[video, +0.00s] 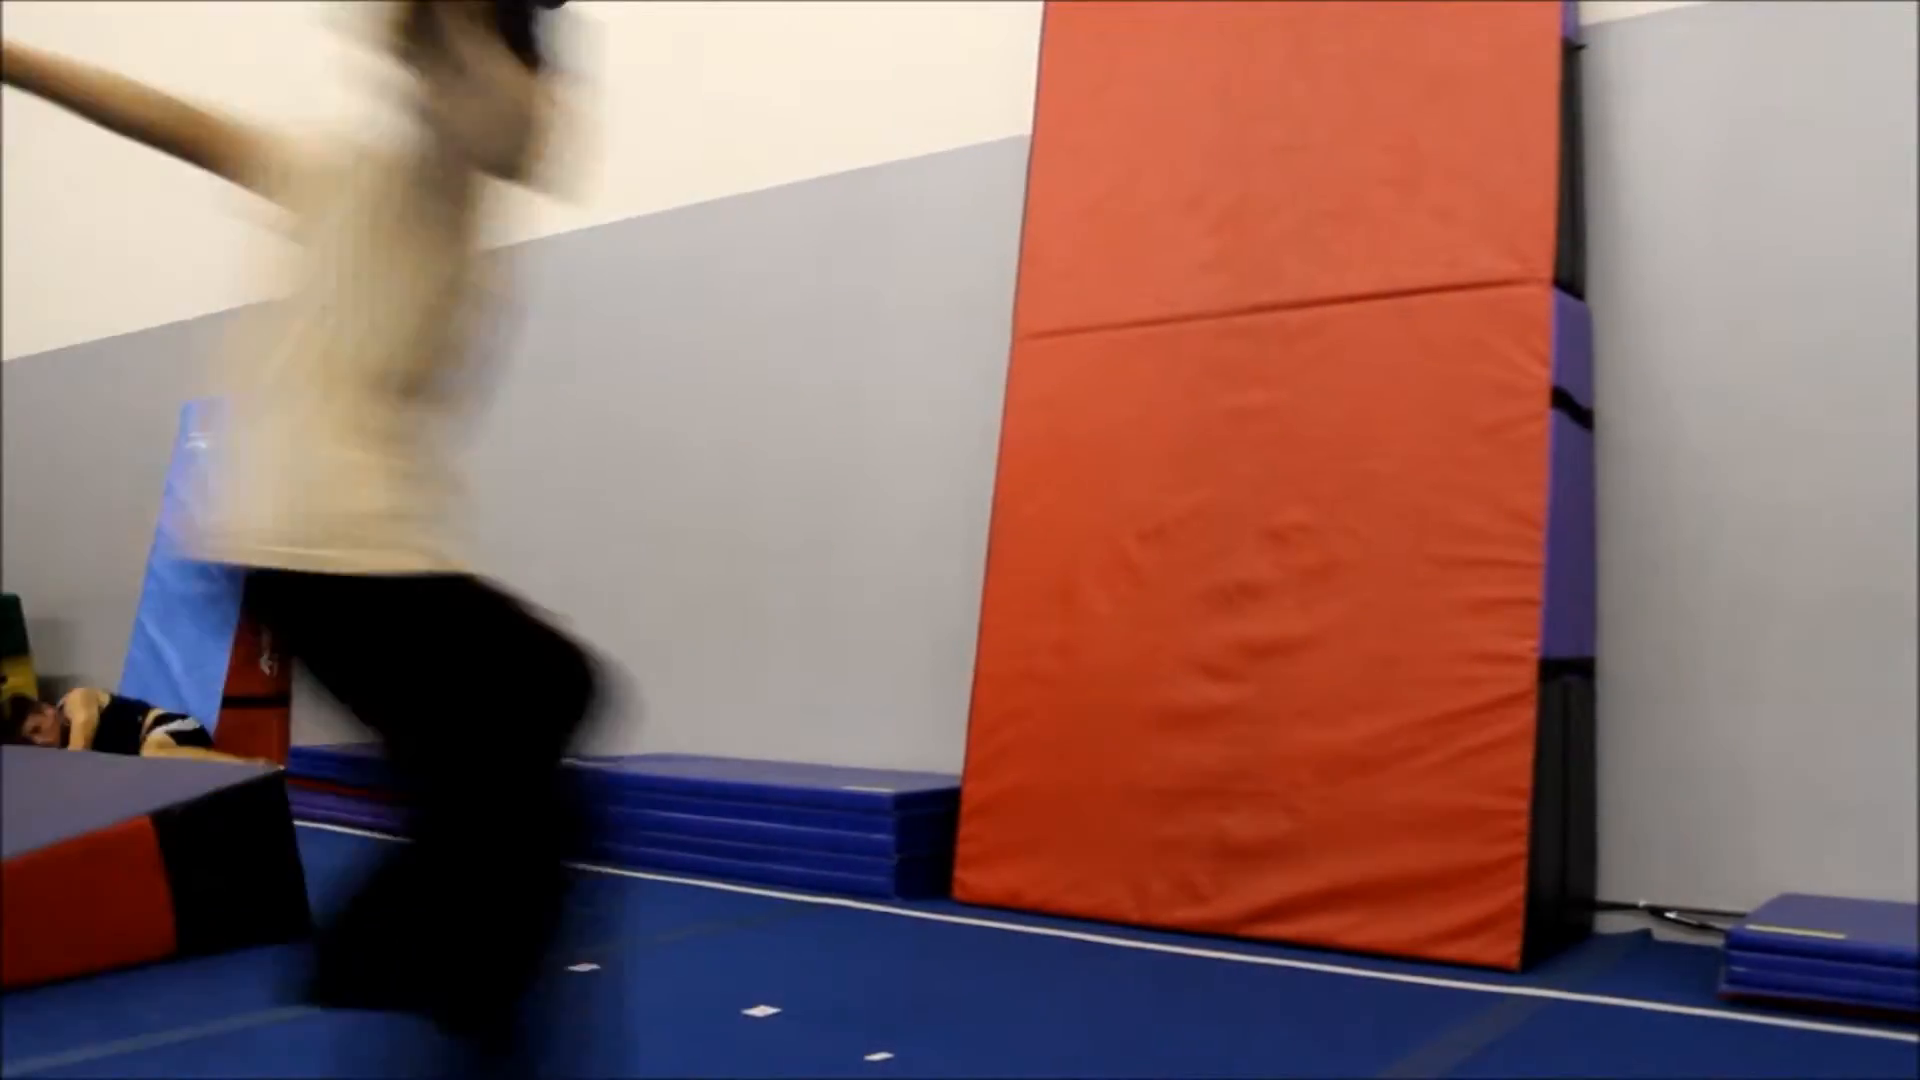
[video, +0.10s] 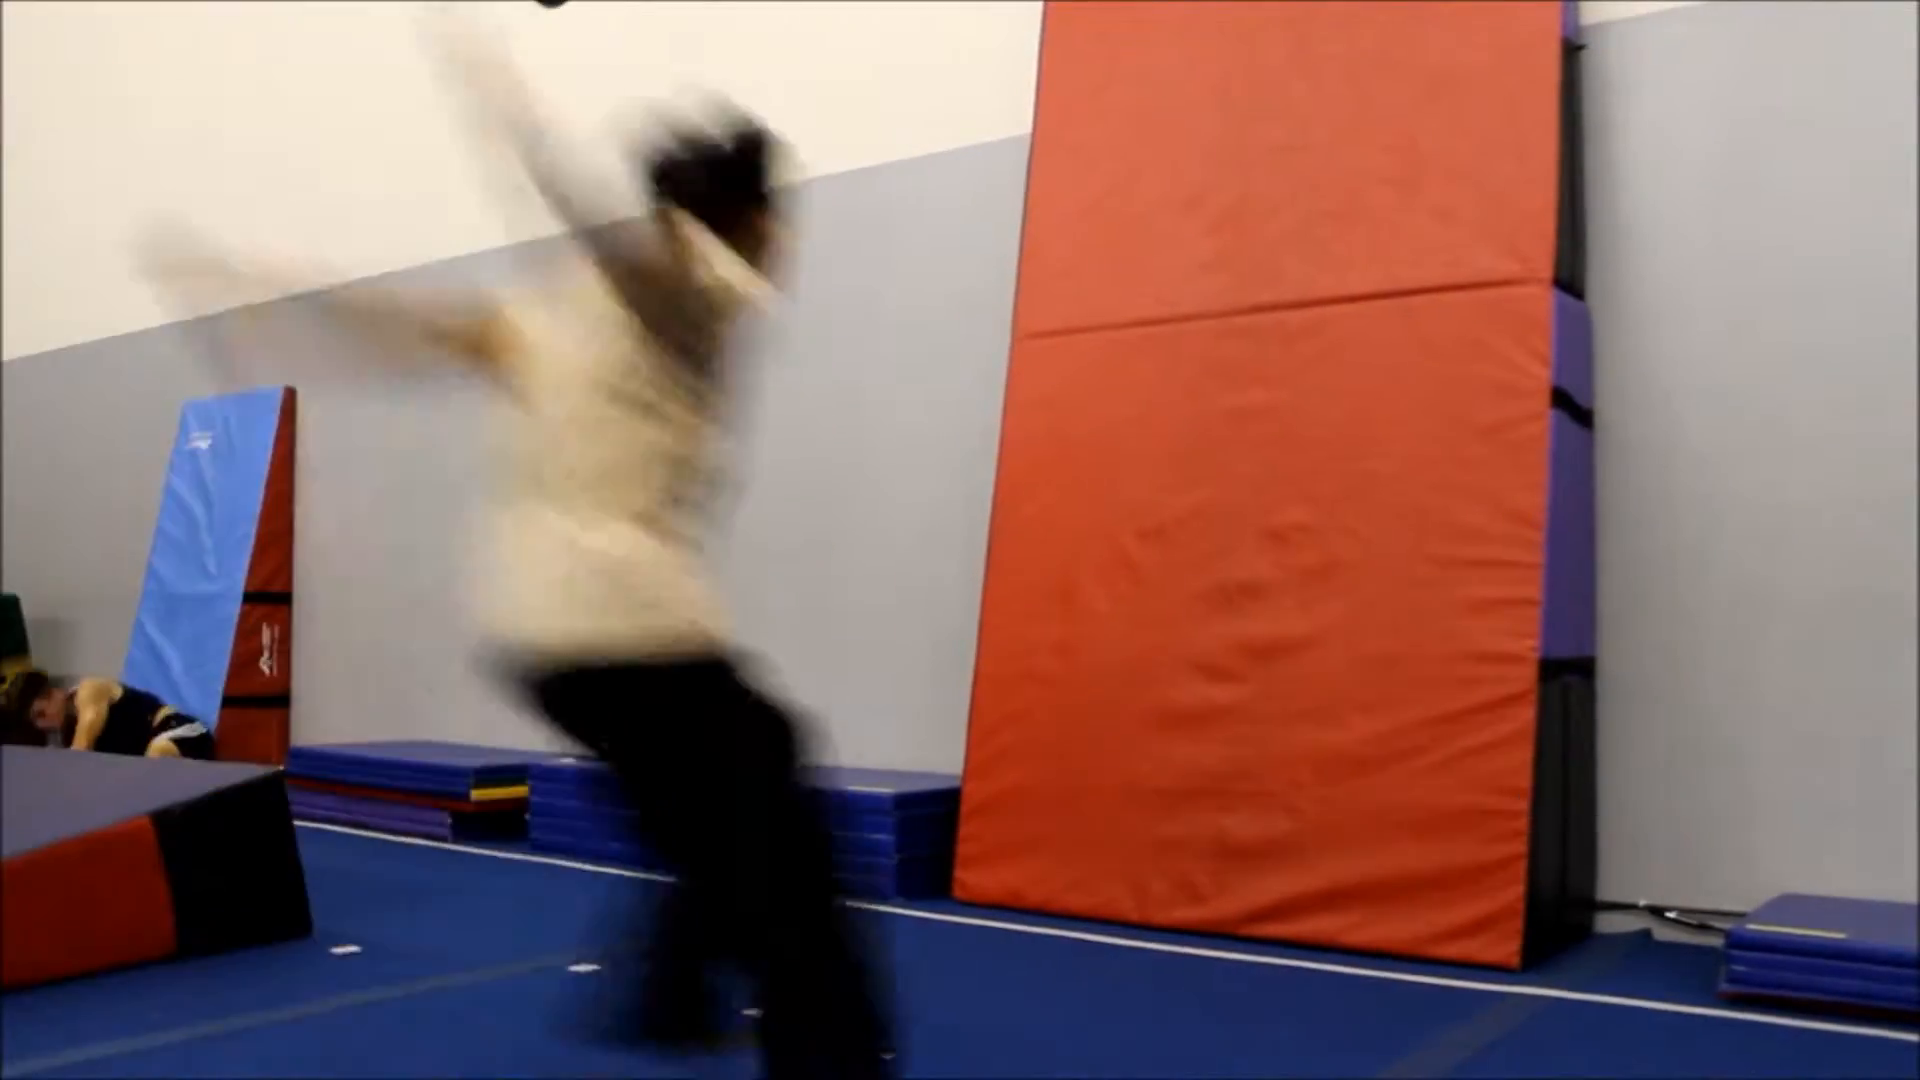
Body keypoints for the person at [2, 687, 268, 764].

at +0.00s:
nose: (42, 740)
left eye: (38, 729)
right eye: (33, 740)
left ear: (46, 708)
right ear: (29, 742)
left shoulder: (79, 699)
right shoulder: (61, 747)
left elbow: (78, 750)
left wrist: (60, 782)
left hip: (168, 727)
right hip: (140, 764)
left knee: (153, 753)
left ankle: (249, 766)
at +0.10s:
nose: (44, 722)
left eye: (41, 712)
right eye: (37, 721)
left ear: (53, 693)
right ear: (39, 726)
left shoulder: (91, 689)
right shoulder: (69, 732)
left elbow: (85, 741)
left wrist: (66, 780)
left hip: (179, 728)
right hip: (139, 758)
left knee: (157, 754)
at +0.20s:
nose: (42, 708)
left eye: (45, 699)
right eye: (37, 702)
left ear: (67, 685)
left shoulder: (105, 690)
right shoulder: (75, 719)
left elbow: (84, 750)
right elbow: (74, 755)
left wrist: (62, 785)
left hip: (186, 733)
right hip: (141, 751)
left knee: (161, 757)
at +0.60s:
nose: (49, 664)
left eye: (52, 654)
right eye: (48, 655)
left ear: (72, 653)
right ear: (72, 653)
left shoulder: (107, 675)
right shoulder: (89, 682)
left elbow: (78, 734)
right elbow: (82, 735)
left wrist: (60, 750)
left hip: (183, 728)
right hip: (146, 743)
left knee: (163, 750)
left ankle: (236, 774)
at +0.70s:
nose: (41, 652)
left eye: (47, 643)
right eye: (40, 644)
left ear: (68, 642)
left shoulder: (100, 663)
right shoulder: (83, 675)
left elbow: (67, 730)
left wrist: (42, 771)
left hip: (180, 724)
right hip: (145, 740)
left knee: (163, 749)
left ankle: (237, 774)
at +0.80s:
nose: (35, 649)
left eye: (39, 640)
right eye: (34, 641)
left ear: (59, 638)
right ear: (58, 639)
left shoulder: (87, 656)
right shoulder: (79, 668)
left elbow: (62, 722)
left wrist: (37, 764)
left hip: (181, 718)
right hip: (145, 734)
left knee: (159, 754)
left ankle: (238, 773)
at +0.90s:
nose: (32, 645)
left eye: (34, 636)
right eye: (31, 637)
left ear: (53, 634)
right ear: (52, 635)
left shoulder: (76, 650)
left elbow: (56, 714)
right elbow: (119, 717)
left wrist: (35, 756)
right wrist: (122, 753)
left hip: (179, 710)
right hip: (152, 723)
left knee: (152, 757)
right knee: (126, 771)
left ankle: (233, 771)